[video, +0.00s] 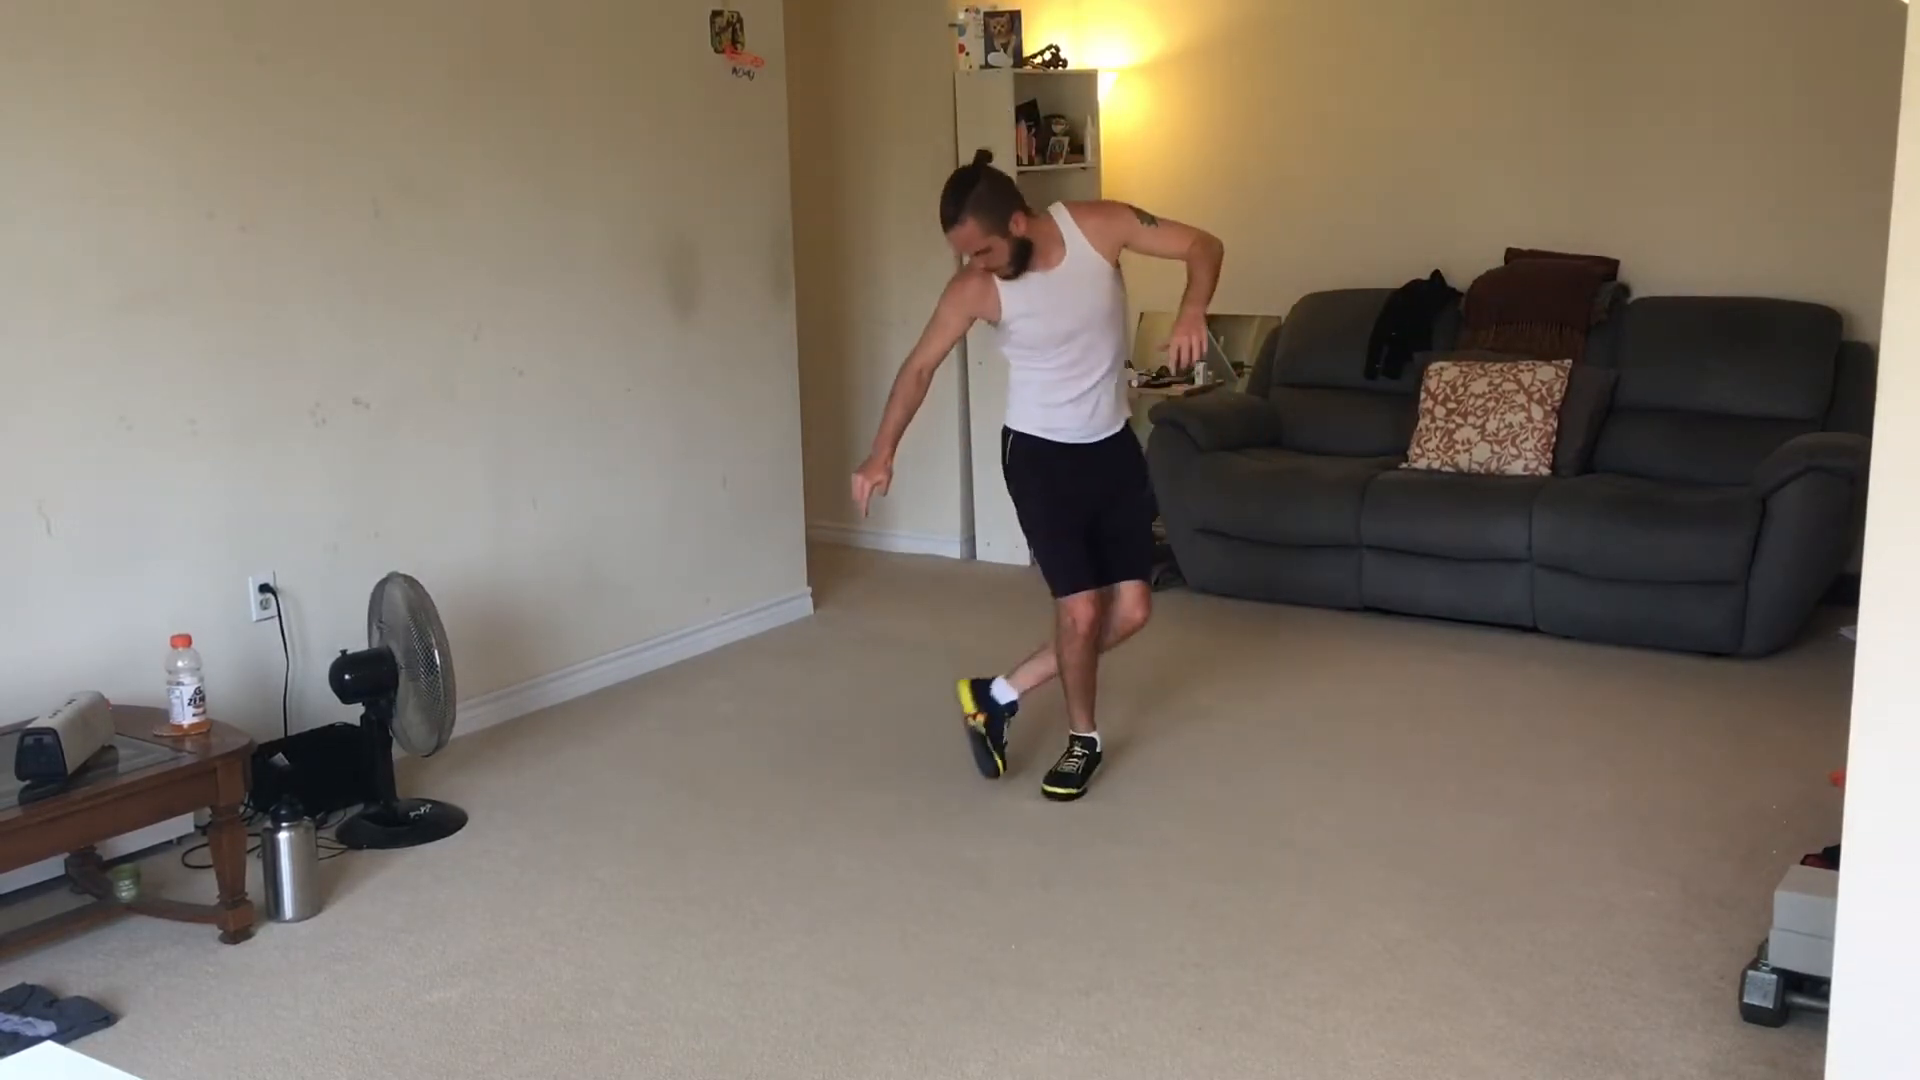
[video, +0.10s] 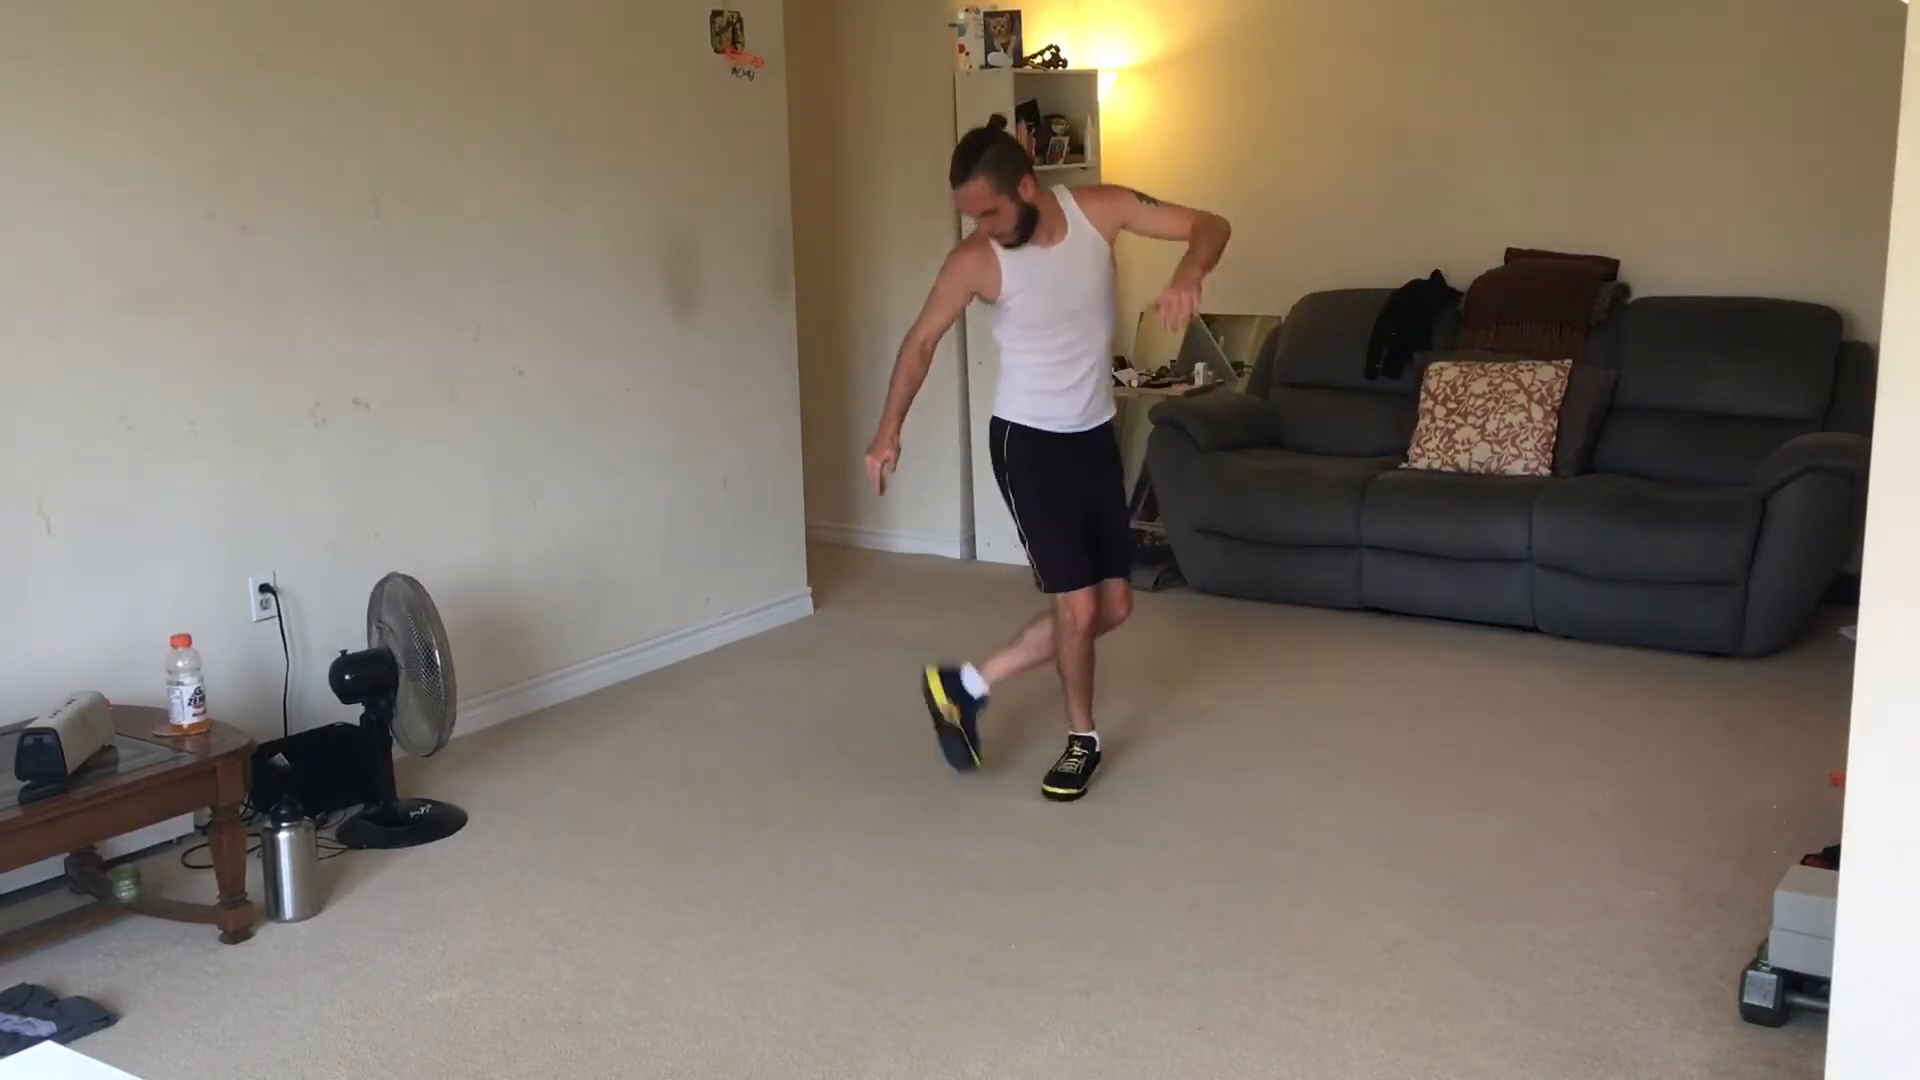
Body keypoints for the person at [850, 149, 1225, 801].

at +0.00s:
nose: (976, 266)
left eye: (983, 252)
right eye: (966, 256)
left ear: (1020, 221)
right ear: (959, 240)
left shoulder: (1097, 226)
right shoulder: (976, 288)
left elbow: (1204, 246)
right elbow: (918, 368)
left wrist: (1193, 308)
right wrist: (882, 451)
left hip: (1111, 444)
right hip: (1038, 453)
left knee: (1131, 609)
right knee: (1080, 609)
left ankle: (998, 694)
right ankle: (1083, 739)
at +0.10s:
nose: (982, 229)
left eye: (990, 214)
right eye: (972, 218)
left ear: (1027, 185)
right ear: (965, 202)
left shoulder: (1100, 208)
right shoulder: (975, 262)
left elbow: (1211, 227)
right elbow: (920, 343)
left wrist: (1188, 275)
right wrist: (889, 429)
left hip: (1095, 433)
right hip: (1027, 439)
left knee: (1112, 606)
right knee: (1076, 607)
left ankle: (968, 683)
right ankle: (1082, 737)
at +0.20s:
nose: (978, 186)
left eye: (988, 170)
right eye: (968, 173)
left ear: (1027, 148)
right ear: (961, 162)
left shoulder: (1089, 183)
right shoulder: (963, 225)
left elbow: (1205, 184)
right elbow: (915, 311)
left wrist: (1191, 210)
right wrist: (889, 394)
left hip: (1075, 420)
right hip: (1009, 424)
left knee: (1124, 574)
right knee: (1058, 587)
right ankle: (1075, 735)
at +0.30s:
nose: (958, 162)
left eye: (968, 146)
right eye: (948, 150)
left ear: (1007, 123)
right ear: (944, 140)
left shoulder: (1074, 162)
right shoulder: (946, 204)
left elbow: (1182, 156)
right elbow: (896, 282)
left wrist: (1258, 146)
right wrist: (861, 364)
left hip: (1076, 394)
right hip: (998, 405)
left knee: (1110, 559)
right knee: (1027, 571)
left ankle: (1022, 524)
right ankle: (1021, 721)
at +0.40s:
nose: (929, 191)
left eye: (932, 174)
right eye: (916, 182)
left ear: (966, 143)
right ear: (911, 173)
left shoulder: (1050, 171)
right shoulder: (928, 234)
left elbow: (1164, 170)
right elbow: (859, 310)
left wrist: (1262, 181)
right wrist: (811, 365)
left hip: (1080, 402)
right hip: (993, 412)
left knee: (1091, 583)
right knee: (969, 580)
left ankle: (1034, 550)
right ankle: (951, 700)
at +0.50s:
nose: (898, 274)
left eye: (897, 260)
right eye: (888, 267)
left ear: (924, 226)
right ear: (892, 255)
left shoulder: (1029, 238)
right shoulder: (920, 292)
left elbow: (1129, 251)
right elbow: (851, 348)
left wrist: (1209, 274)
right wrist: (813, 357)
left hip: (1073, 445)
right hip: (992, 448)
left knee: (1053, 625)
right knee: (937, 596)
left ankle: (1082, 612)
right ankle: (922, 712)